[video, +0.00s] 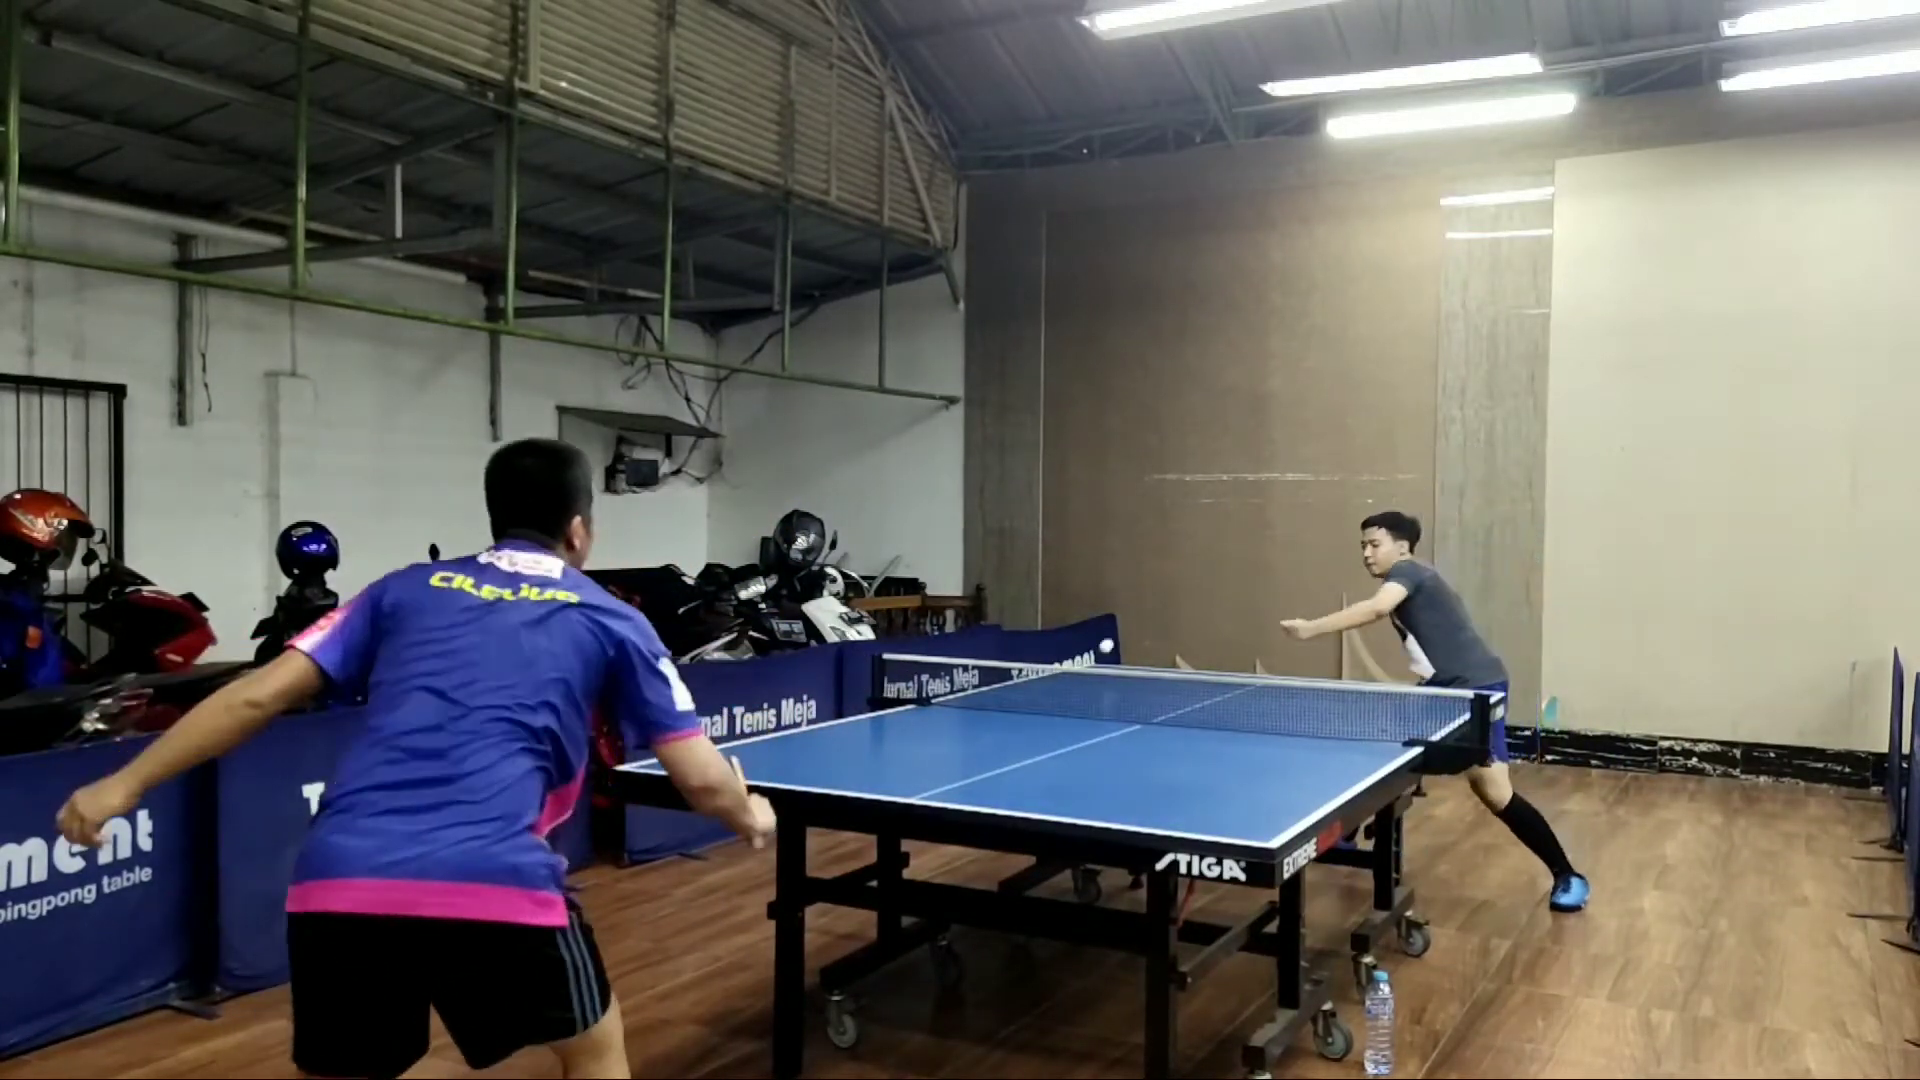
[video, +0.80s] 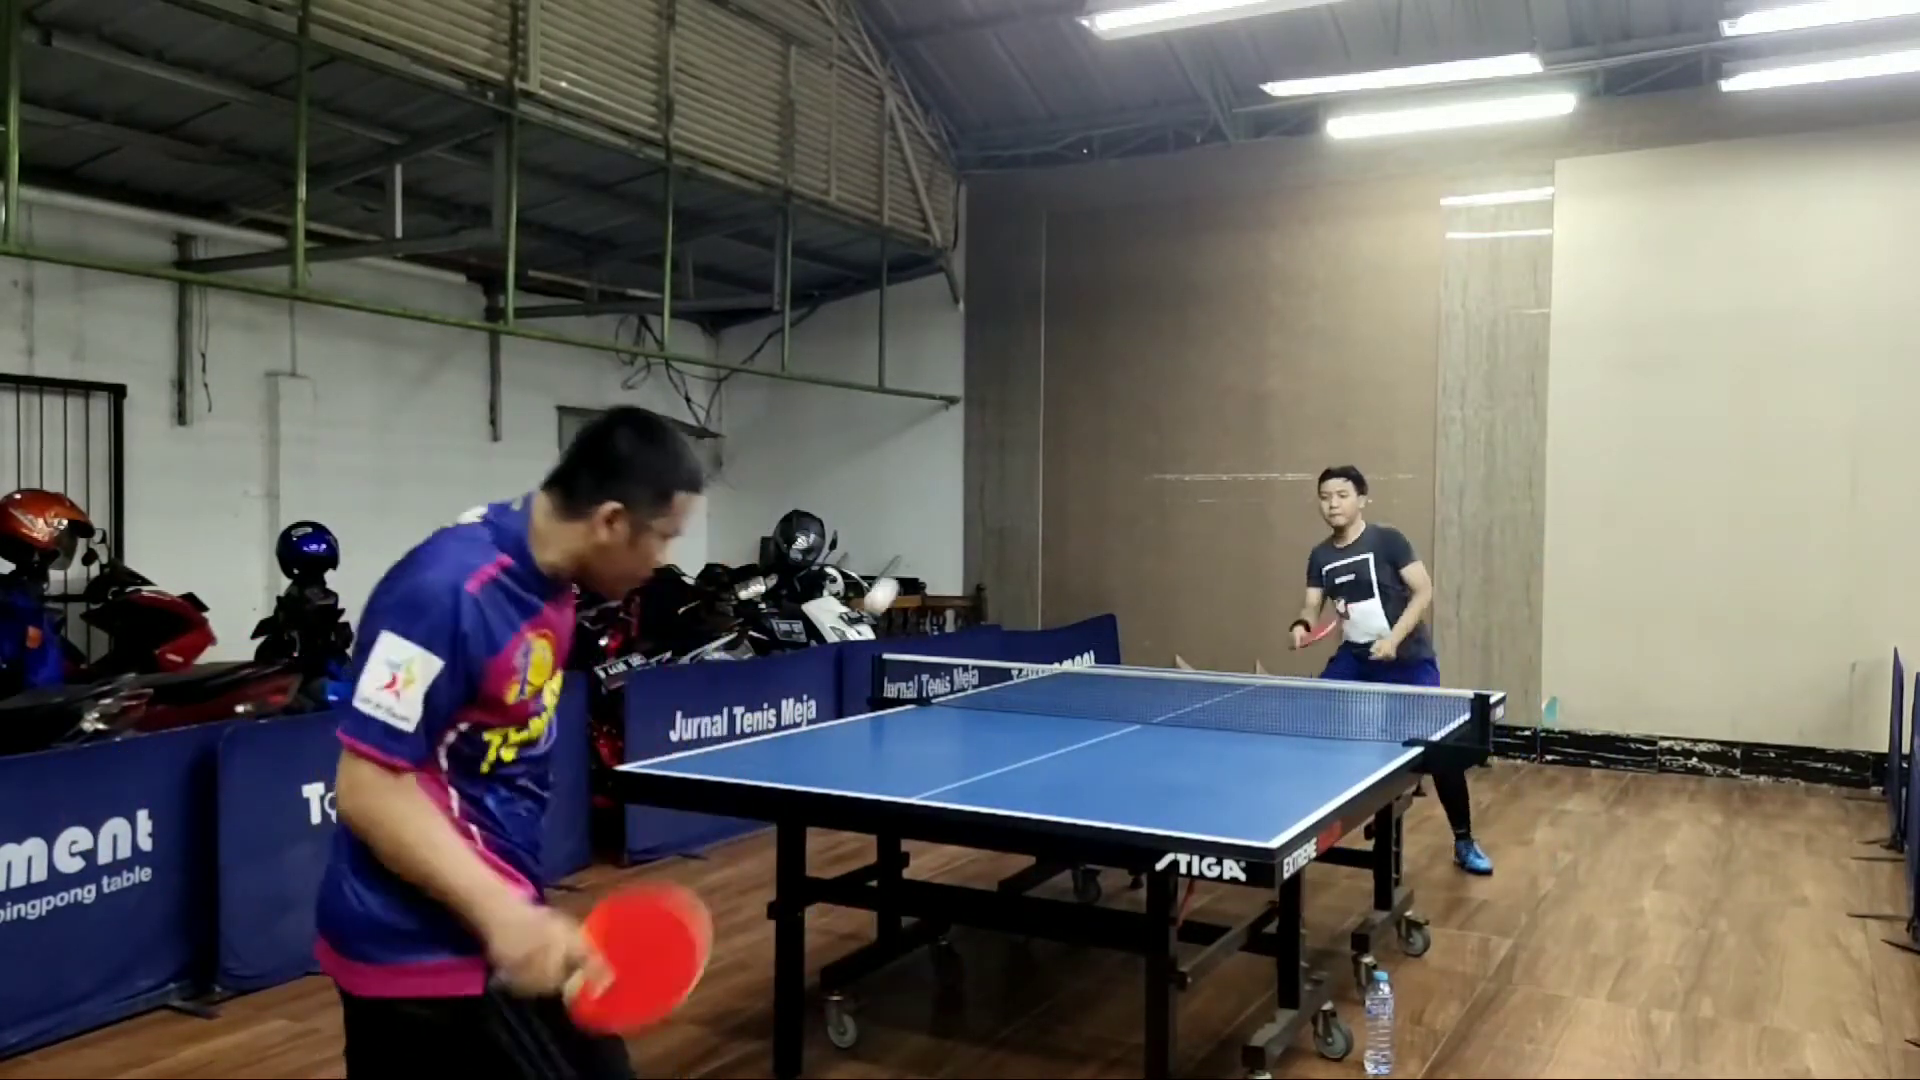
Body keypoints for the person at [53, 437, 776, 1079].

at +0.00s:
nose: (594, 535)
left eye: (585, 521)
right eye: (593, 523)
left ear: (490, 523)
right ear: (579, 531)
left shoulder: (403, 589)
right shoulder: (611, 622)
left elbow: (264, 692)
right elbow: (706, 782)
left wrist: (122, 785)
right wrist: (744, 808)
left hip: (338, 894)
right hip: (493, 899)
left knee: (346, 1068)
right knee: (592, 1050)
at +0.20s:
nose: (602, 509)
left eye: (602, 493)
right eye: (600, 494)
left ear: (496, 500)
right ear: (582, 506)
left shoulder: (397, 580)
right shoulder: (599, 605)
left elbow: (269, 722)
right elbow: (652, 779)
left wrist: (221, 830)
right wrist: (727, 856)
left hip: (328, 908)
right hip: (484, 905)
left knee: (338, 1069)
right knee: (642, 1063)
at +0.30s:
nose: (640, 510)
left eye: (642, 491)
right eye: (641, 492)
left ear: (538, 491)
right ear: (621, 504)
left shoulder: (436, 568)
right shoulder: (636, 598)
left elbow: (317, 730)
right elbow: (676, 790)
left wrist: (304, 846)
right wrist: (741, 877)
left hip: (350, 903)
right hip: (507, 907)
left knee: (361, 1070)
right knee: (648, 1072)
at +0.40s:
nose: (688, 539)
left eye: (686, 521)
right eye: (688, 522)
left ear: (585, 520)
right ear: (671, 531)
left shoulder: (474, 598)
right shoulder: (676, 631)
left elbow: (372, 768)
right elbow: (704, 832)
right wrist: (775, 893)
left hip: (378, 953)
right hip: (536, 960)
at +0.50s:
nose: (751, 567)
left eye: (751, 548)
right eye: (753, 548)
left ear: (644, 534)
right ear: (730, 555)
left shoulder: (535, 603)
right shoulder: (680, 655)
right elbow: (637, 857)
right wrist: (789, 923)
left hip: (379, 965)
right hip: (523, 976)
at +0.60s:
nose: (771, 588)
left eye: (777, 572)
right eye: (776, 570)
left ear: (673, 530)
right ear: (749, 572)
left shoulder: (581, 586)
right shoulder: (633, 634)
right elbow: (495, 802)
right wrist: (653, 908)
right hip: (490, 972)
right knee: (638, 1067)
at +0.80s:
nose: (667, 559)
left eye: (674, 539)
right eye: (666, 537)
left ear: (605, 520)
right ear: (610, 520)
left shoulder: (547, 583)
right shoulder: (443, 591)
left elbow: (485, 774)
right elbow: (367, 785)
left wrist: (534, 919)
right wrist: (504, 914)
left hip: (502, 948)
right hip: (417, 967)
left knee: (597, 1065)